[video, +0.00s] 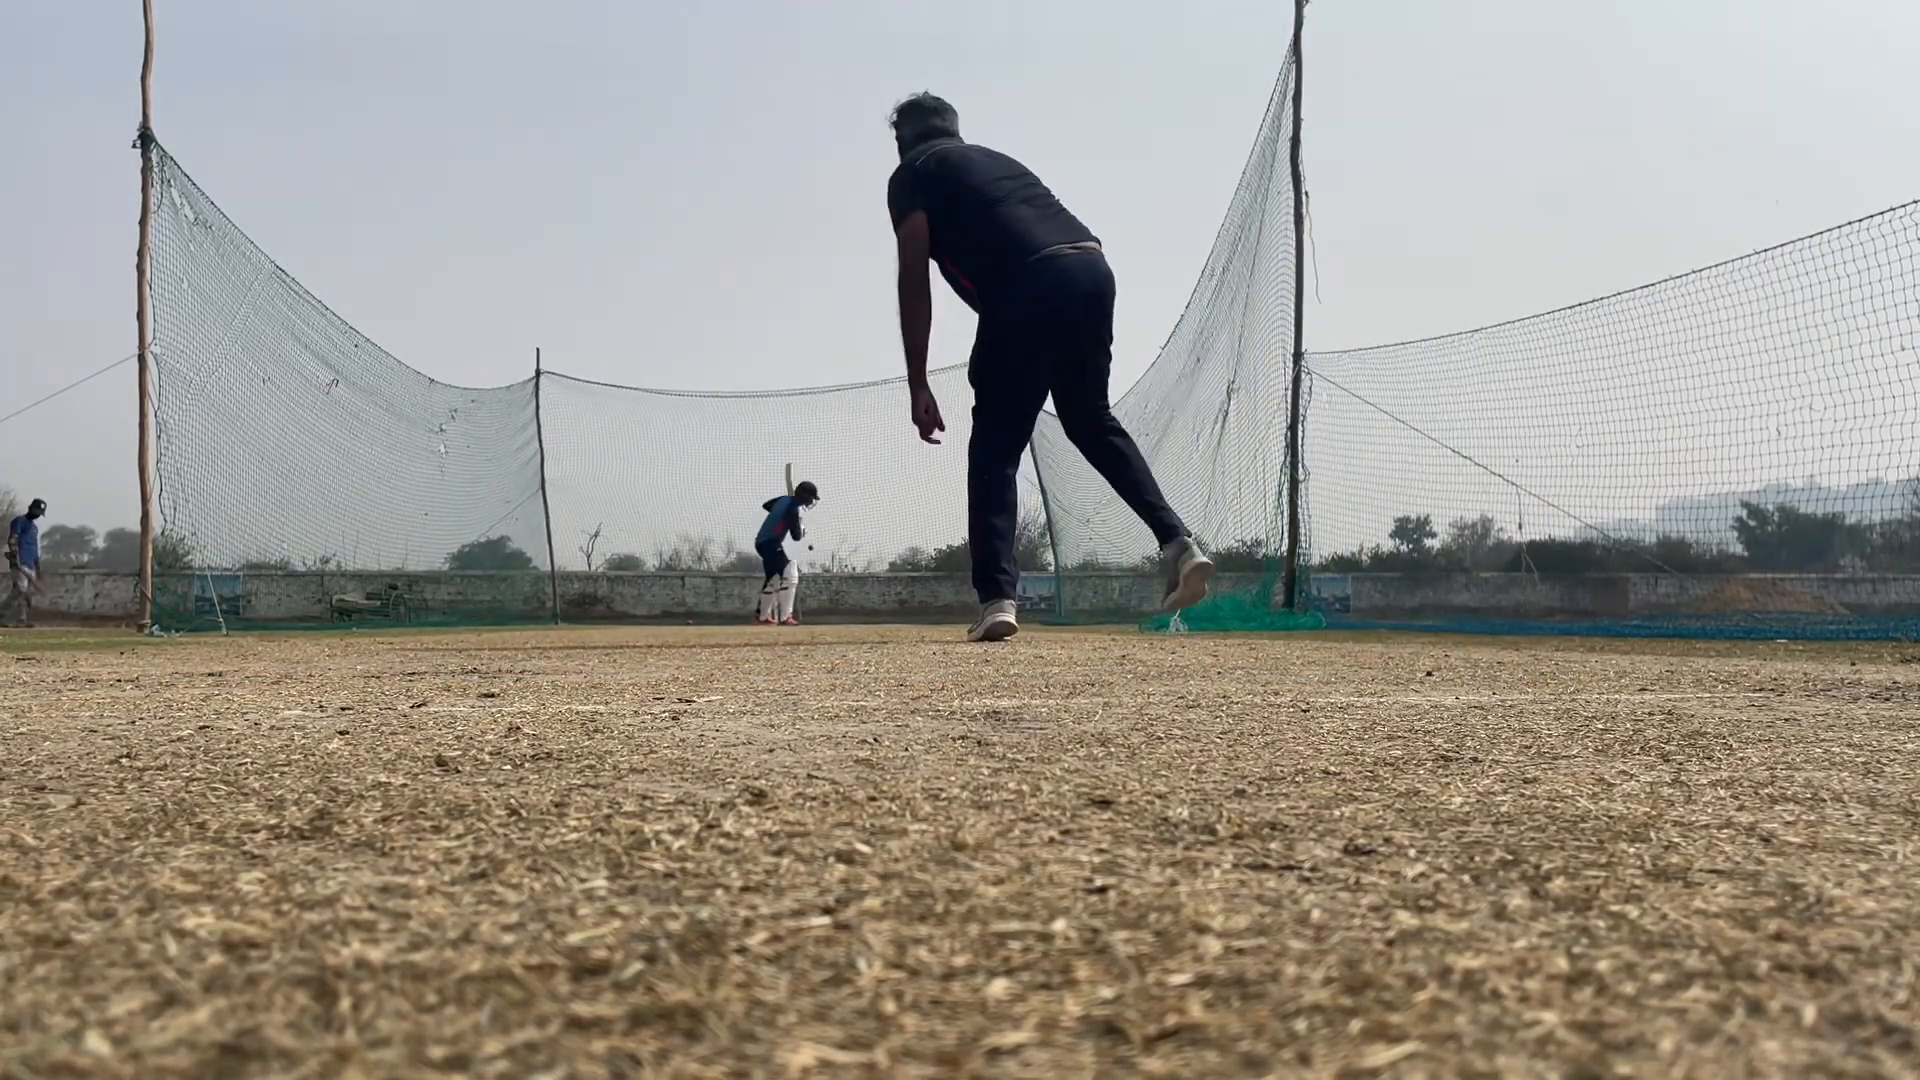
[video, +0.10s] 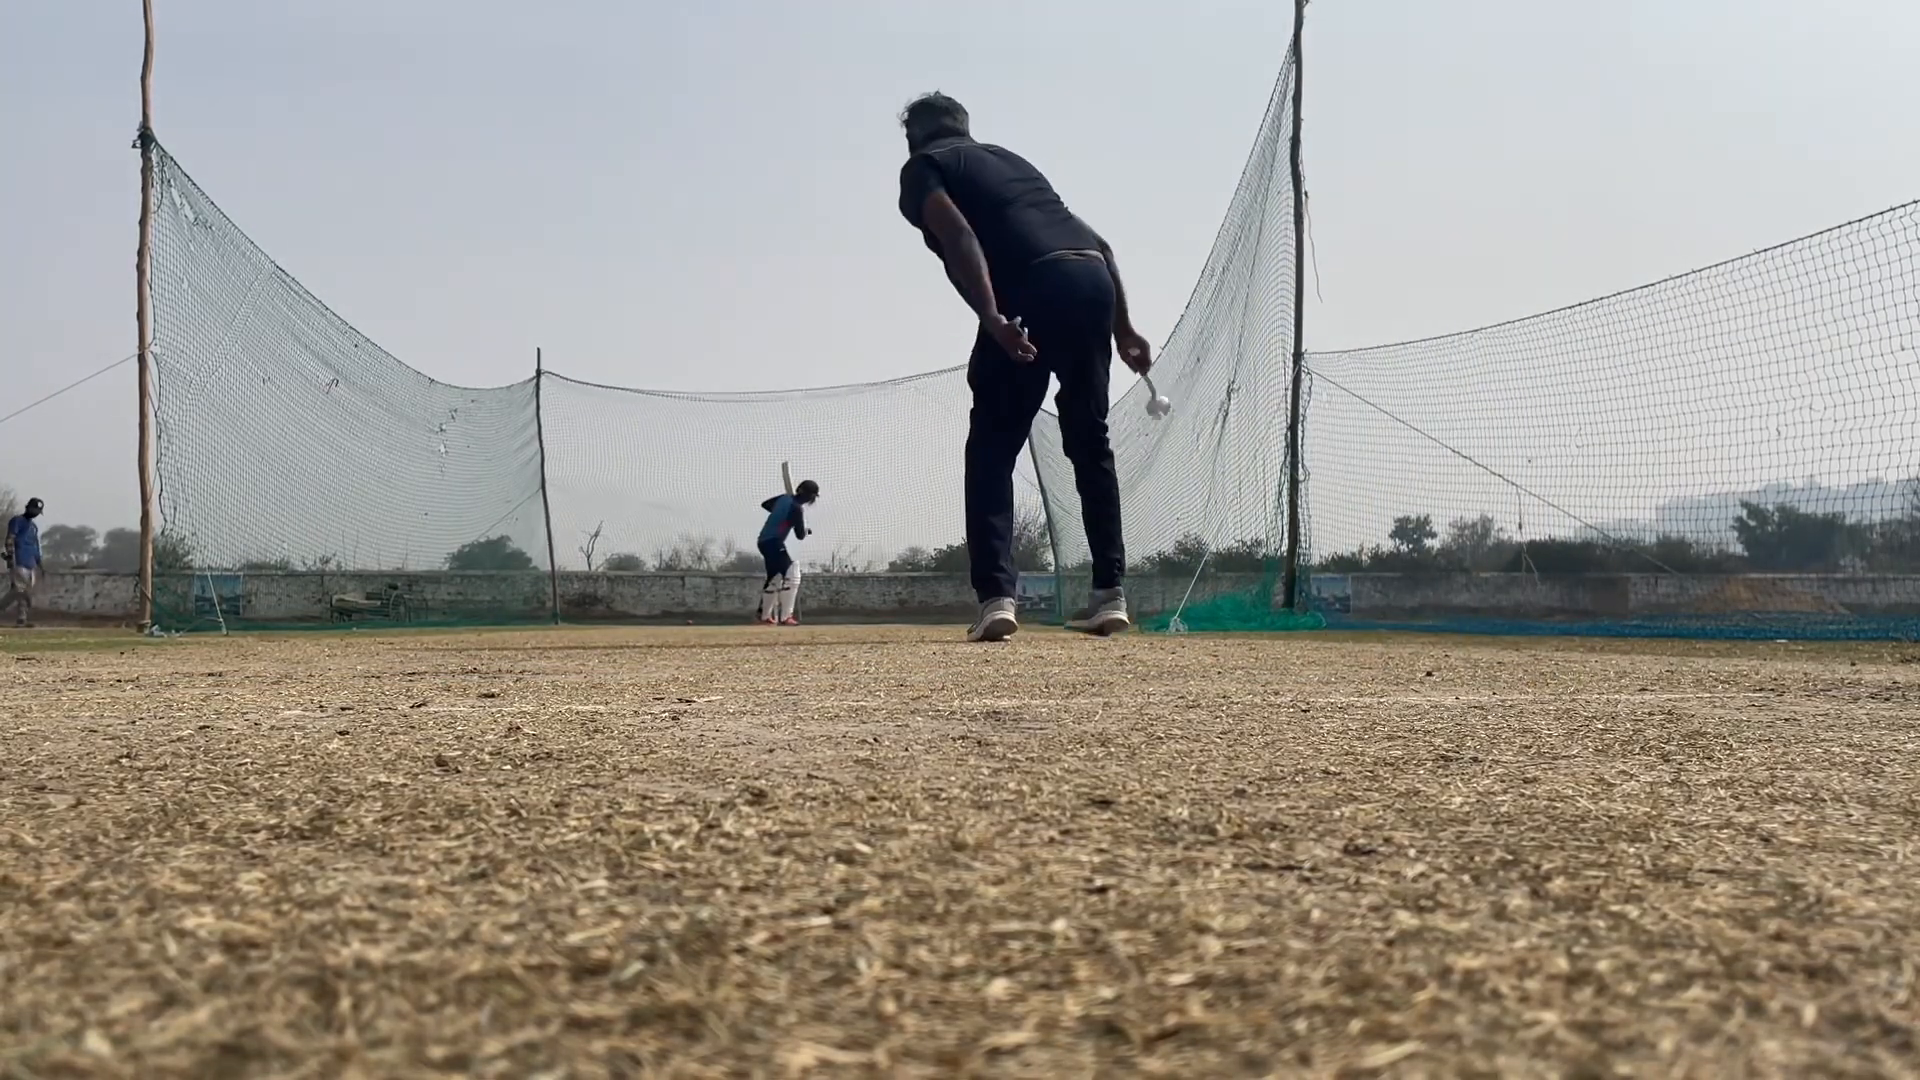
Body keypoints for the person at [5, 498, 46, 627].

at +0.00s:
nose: (37, 514)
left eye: (40, 512)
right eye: (37, 511)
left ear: (41, 514)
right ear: (31, 508)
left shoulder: (34, 528)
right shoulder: (19, 521)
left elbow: (35, 549)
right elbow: (13, 541)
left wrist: (38, 568)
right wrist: (15, 559)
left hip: (30, 565)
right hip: (19, 563)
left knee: (26, 592)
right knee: (20, 590)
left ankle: (4, 612)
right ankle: (21, 618)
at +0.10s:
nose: (35, 513)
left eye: (38, 510)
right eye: (34, 509)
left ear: (39, 512)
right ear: (28, 507)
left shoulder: (33, 527)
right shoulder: (17, 521)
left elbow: (36, 547)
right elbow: (10, 540)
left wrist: (39, 564)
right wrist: (10, 557)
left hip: (30, 562)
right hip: (18, 561)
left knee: (26, 590)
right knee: (20, 589)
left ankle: (22, 617)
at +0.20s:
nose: (32, 510)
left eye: (34, 508)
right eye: (30, 507)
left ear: (36, 510)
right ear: (24, 507)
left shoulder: (32, 526)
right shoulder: (13, 522)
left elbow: (35, 548)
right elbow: (6, 543)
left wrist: (42, 566)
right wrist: (7, 562)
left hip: (29, 564)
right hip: (16, 563)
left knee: (26, 591)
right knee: (15, 590)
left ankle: (22, 617)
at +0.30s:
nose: (30, 509)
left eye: (31, 506)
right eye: (28, 506)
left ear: (30, 507)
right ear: (21, 506)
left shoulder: (30, 524)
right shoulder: (9, 522)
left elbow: (34, 547)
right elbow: (4, 545)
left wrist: (41, 565)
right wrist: (4, 566)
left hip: (27, 565)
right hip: (13, 565)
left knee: (27, 592)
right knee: (12, 591)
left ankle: (22, 615)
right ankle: (22, 614)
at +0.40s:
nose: (25, 508)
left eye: (26, 505)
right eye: (22, 505)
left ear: (26, 506)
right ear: (15, 506)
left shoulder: (28, 523)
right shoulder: (6, 522)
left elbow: (32, 545)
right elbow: (3, 542)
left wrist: (37, 562)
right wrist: (2, 564)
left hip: (25, 562)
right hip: (10, 561)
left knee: (25, 590)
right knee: (7, 590)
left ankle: (22, 617)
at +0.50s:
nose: (21, 507)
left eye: (21, 504)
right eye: (18, 504)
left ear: (22, 505)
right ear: (10, 505)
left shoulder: (26, 523)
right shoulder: (3, 522)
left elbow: (30, 544)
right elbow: (2, 542)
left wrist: (33, 562)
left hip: (23, 562)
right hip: (7, 562)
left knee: (23, 592)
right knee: (5, 592)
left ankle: (22, 617)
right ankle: (4, 616)